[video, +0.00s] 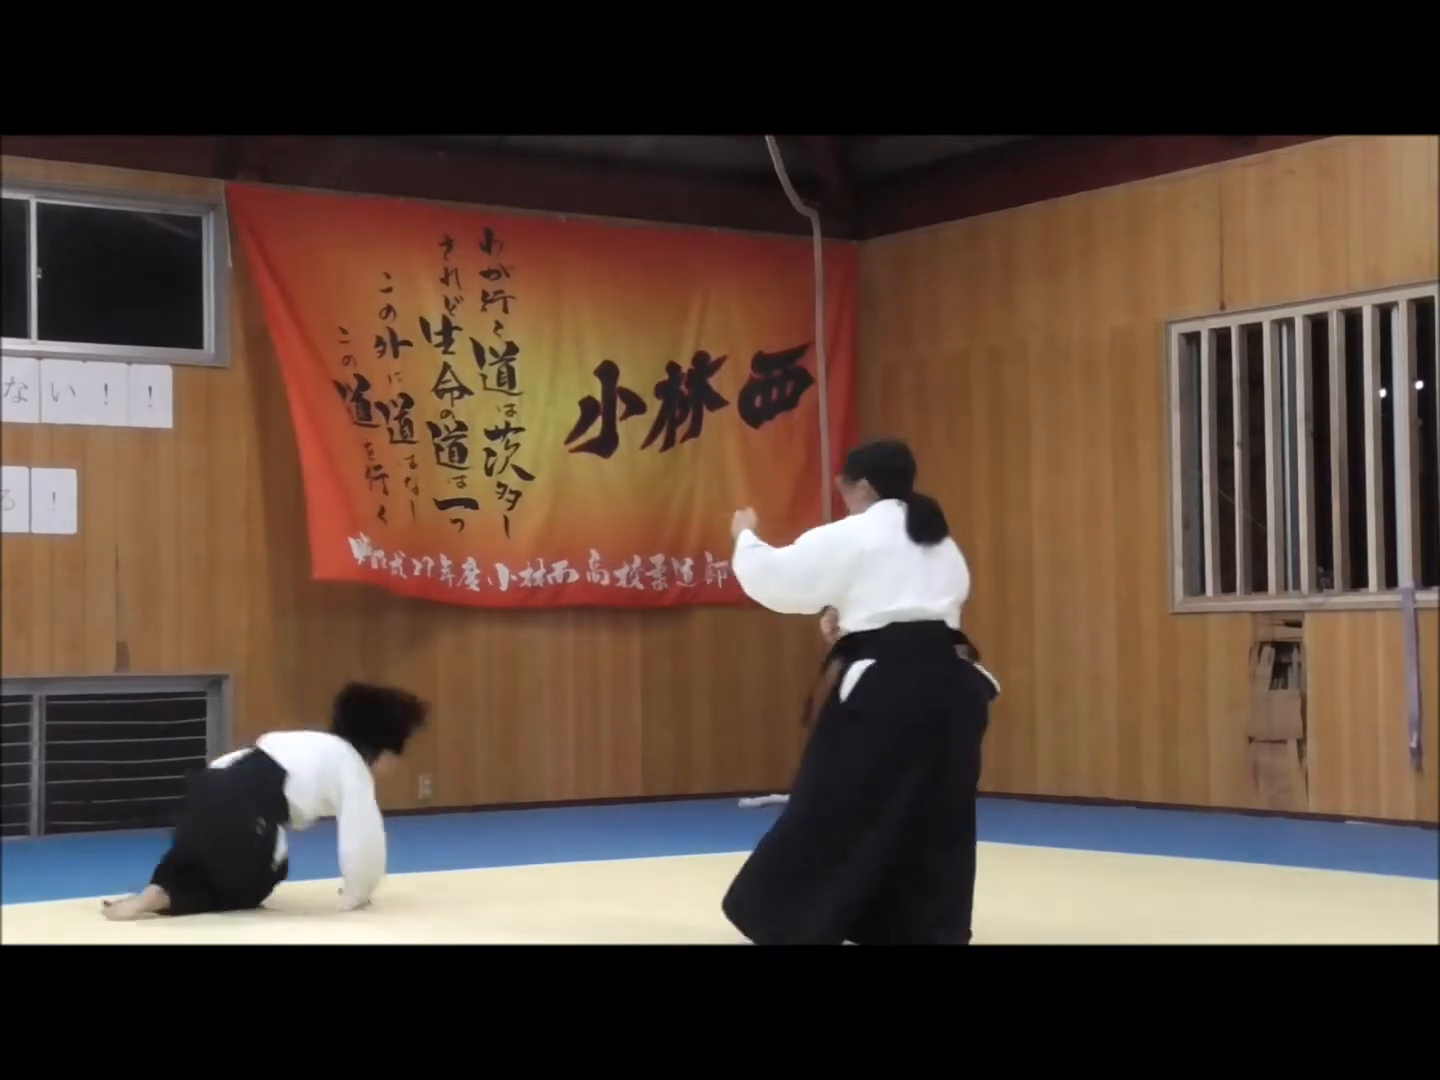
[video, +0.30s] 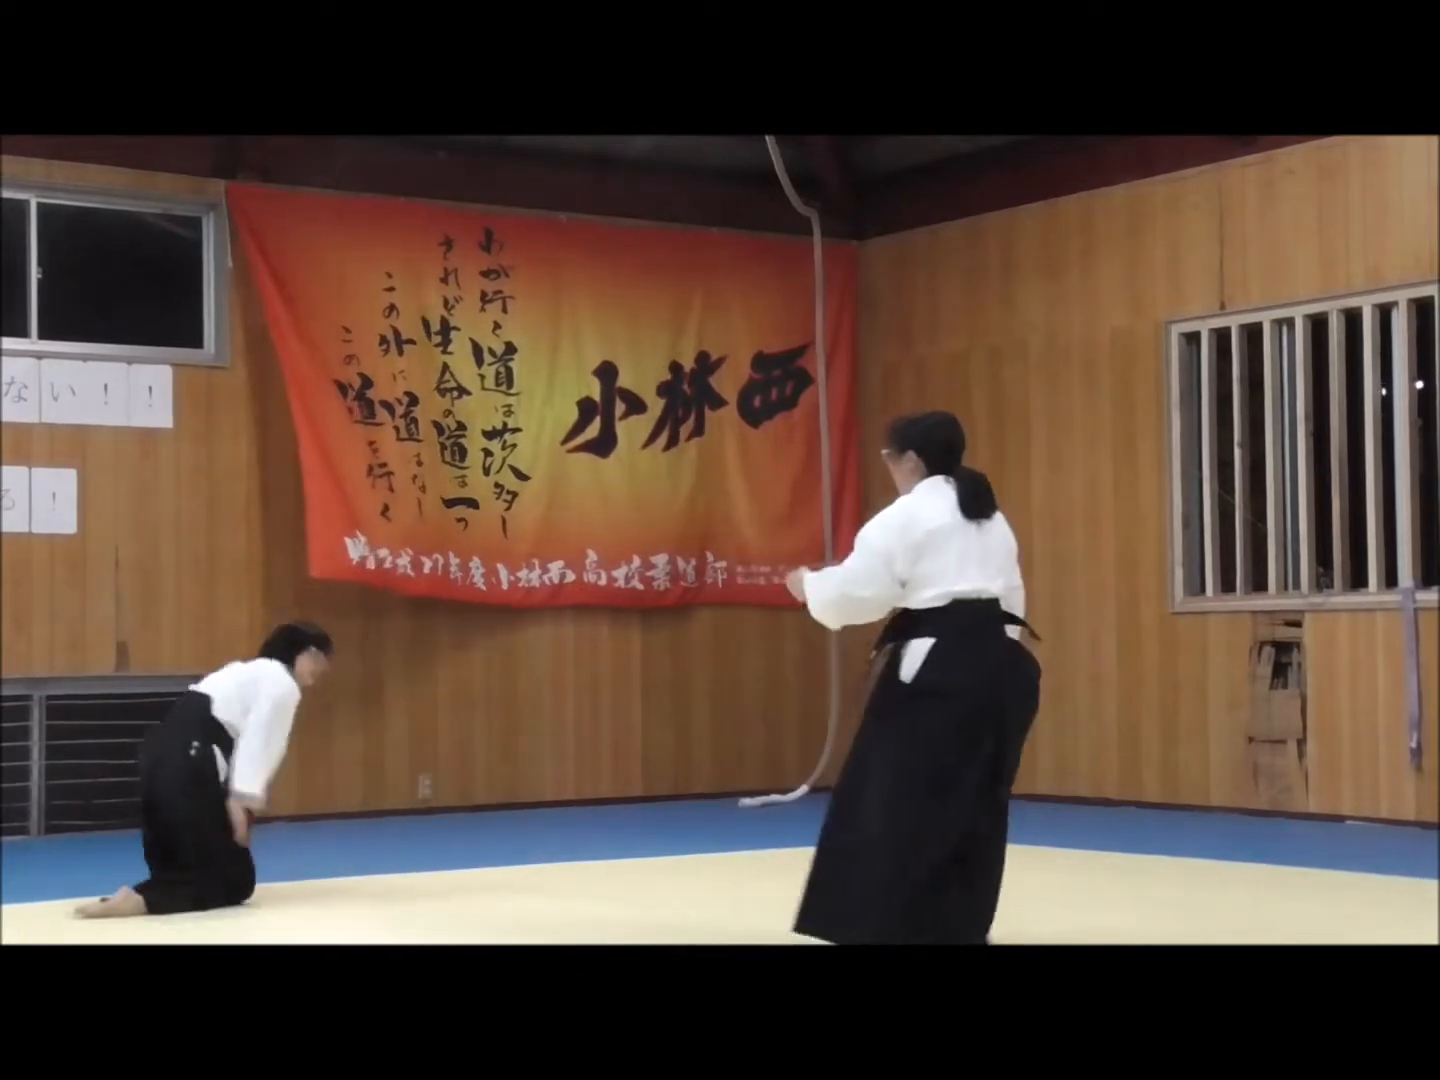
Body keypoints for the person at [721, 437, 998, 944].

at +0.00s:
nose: (843, 498)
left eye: (845, 488)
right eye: (844, 489)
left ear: (863, 487)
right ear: (903, 486)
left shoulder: (851, 536)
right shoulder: (939, 538)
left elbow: (776, 578)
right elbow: (935, 603)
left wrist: (746, 539)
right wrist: (852, 621)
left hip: (883, 685)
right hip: (958, 684)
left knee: (839, 805)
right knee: (939, 816)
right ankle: (932, 929)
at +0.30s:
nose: (891, 471)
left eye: (892, 461)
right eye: (890, 461)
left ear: (912, 461)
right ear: (949, 459)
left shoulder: (902, 519)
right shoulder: (993, 517)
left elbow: (859, 591)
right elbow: (1010, 594)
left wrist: (808, 585)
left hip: (935, 664)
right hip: (1008, 663)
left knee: (894, 793)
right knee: (978, 802)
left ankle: (880, 925)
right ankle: (959, 929)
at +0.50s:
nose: (911, 466)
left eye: (913, 456)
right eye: (910, 457)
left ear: (935, 455)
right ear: (974, 453)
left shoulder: (926, 521)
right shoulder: (1017, 510)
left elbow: (892, 606)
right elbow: (1042, 595)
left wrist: (845, 634)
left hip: (971, 667)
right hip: (1039, 661)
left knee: (938, 803)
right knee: (1013, 804)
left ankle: (942, 926)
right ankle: (1046, 920)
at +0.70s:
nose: (930, 450)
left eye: (934, 439)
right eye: (931, 439)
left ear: (956, 441)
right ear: (993, 438)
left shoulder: (956, 508)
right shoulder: (1040, 495)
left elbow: (937, 608)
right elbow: (1066, 578)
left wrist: (897, 669)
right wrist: (1073, 640)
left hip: (997, 662)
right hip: (1065, 654)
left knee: (985, 807)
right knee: (1053, 803)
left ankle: (989, 929)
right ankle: (1053, 927)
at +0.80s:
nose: (941, 448)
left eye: (944, 437)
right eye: (941, 437)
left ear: (967, 438)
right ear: (1001, 436)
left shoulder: (969, 507)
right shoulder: (1049, 492)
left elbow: (950, 601)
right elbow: (1073, 572)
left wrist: (923, 678)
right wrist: (1081, 634)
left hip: (1011, 664)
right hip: (1076, 657)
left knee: (1000, 808)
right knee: (1067, 804)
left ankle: (1005, 929)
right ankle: (1059, 928)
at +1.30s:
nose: (990, 448)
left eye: (993, 437)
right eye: (990, 437)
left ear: (1014, 438)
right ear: (1055, 435)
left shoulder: (1008, 505)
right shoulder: (1101, 501)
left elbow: (981, 596)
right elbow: (1118, 591)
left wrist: (957, 682)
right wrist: (1114, 654)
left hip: (1038, 667)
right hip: (1108, 662)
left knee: (1015, 808)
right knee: (1097, 808)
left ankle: (1011, 928)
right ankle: (1097, 930)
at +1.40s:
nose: (995, 451)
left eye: (997, 441)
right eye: (994, 441)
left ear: (1019, 442)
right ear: (1058, 439)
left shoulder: (1009, 507)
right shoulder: (1106, 505)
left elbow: (980, 598)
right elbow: (1125, 595)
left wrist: (955, 681)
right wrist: (1125, 664)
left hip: (1039, 668)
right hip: (1110, 664)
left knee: (1015, 807)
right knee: (1098, 808)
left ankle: (1009, 928)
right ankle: (1096, 929)